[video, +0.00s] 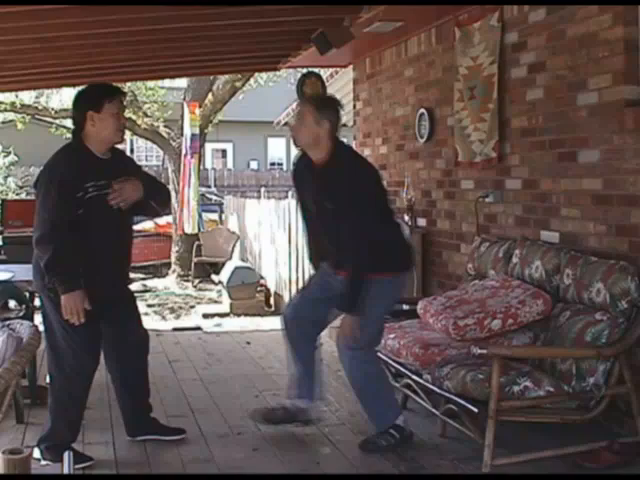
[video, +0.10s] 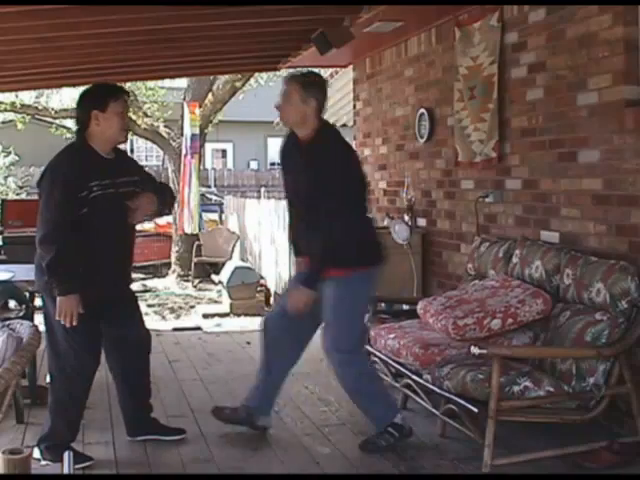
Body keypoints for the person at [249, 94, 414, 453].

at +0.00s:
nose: (293, 126)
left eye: (300, 120)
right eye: (295, 119)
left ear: (324, 127)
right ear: (309, 128)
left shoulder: (357, 171)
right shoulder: (304, 170)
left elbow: (364, 242)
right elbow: (314, 224)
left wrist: (353, 309)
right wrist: (322, 264)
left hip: (382, 271)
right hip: (339, 266)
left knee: (355, 344)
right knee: (298, 319)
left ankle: (393, 426)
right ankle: (302, 404)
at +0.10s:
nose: (279, 105)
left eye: (287, 99)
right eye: (281, 98)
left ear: (311, 105)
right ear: (297, 105)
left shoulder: (336, 152)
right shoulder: (292, 149)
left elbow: (338, 220)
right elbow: (300, 212)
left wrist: (309, 280)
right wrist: (302, 261)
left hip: (352, 265)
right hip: (316, 264)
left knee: (343, 347)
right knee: (280, 329)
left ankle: (392, 422)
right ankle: (257, 412)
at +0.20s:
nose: (267, 95)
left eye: (275, 89)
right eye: (267, 88)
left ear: (299, 95)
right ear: (283, 95)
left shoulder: (315, 137)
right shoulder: (280, 134)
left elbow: (309, 207)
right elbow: (283, 202)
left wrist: (281, 263)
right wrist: (277, 257)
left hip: (318, 256)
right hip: (289, 256)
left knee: (312, 337)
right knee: (260, 332)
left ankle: (375, 413)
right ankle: (246, 415)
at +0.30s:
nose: (249, 92)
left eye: (257, 86)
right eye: (249, 86)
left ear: (281, 89)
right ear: (261, 92)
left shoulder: (302, 134)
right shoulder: (257, 136)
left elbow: (295, 201)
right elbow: (256, 200)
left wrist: (256, 251)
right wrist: (247, 250)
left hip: (299, 250)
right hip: (263, 249)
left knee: (271, 326)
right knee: (240, 328)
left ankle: (321, 408)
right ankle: (245, 415)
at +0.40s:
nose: (233, 96)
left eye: (240, 88)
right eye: (232, 89)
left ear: (264, 90)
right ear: (251, 93)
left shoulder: (287, 131)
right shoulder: (245, 135)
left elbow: (281, 197)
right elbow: (234, 196)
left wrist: (244, 244)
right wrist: (221, 242)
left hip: (287, 249)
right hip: (255, 249)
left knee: (246, 325)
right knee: (221, 318)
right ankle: (237, 410)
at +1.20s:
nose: (246, 118)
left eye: (253, 111)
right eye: (243, 112)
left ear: (274, 113)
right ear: (243, 116)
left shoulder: (298, 148)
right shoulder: (246, 162)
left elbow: (312, 201)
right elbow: (235, 215)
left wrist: (293, 243)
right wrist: (212, 260)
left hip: (312, 253)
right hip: (276, 254)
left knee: (274, 320)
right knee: (253, 319)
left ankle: (276, 411)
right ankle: (276, 390)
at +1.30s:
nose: (256, 127)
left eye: (263, 120)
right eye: (254, 121)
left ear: (283, 121)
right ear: (253, 124)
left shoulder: (309, 157)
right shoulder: (258, 170)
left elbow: (327, 209)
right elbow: (242, 220)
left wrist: (312, 251)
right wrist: (217, 264)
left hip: (327, 257)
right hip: (290, 259)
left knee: (282, 317)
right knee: (260, 317)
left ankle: (298, 406)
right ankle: (279, 391)